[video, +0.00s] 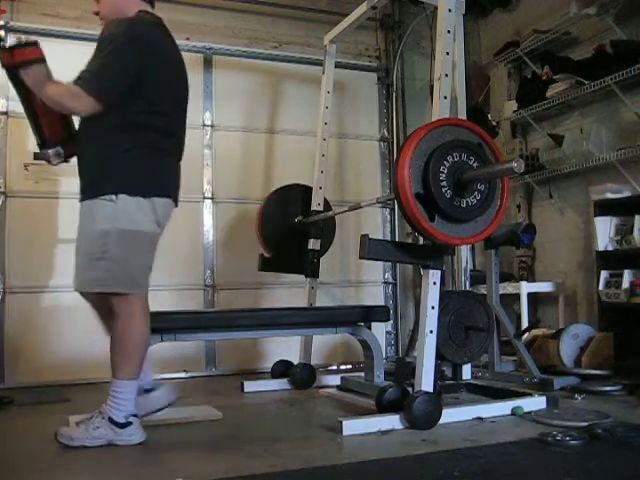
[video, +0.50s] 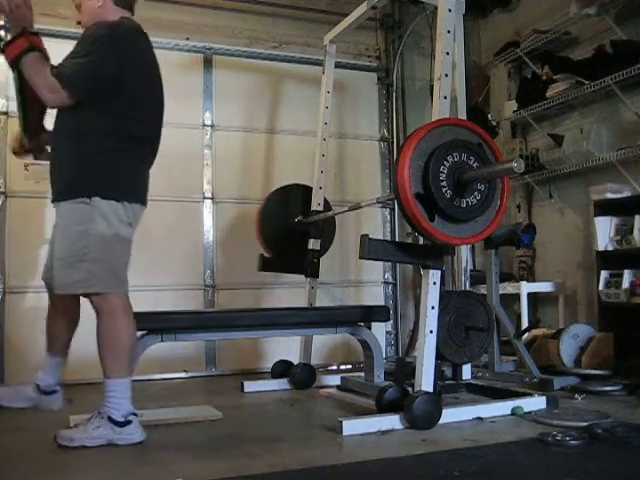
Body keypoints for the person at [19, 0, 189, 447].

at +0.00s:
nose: (95, 5)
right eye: (96, 1)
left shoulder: (133, 32)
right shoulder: (139, 34)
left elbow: (84, 100)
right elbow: (125, 121)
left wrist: (43, 84)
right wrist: (73, 143)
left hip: (131, 185)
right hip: (118, 185)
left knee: (125, 294)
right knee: (95, 287)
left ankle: (120, 418)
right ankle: (146, 386)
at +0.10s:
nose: (90, 6)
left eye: (93, 0)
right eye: (91, 2)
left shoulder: (129, 34)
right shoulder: (131, 35)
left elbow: (69, 98)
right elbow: (112, 116)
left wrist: (31, 64)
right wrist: (62, 130)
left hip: (127, 186)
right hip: (107, 186)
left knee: (122, 295)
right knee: (90, 292)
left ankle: (121, 418)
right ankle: (94, 399)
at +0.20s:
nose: (85, 7)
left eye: (88, 1)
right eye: (85, 2)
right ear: (128, 0)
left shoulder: (123, 33)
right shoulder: (133, 37)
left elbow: (62, 92)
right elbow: (114, 124)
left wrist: (30, 55)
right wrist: (57, 127)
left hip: (120, 187)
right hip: (100, 187)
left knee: (120, 296)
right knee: (81, 293)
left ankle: (120, 417)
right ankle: (52, 399)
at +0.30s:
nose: (82, 6)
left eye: (85, 0)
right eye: (82, 2)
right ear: (127, 1)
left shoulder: (119, 34)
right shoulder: (131, 38)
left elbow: (58, 91)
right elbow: (118, 129)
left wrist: (26, 43)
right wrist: (61, 138)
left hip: (113, 187)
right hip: (98, 187)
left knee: (115, 294)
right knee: (75, 292)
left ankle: (120, 417)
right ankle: (32, 389)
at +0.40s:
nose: (79, 10)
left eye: (81, 4)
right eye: (80, 6)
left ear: (99, 0)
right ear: (123, 3)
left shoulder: (115, 33)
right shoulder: (126, 40)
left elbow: (57, 92)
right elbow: (107, 129)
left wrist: (26, 36)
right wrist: (52, 147)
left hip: (108, 188)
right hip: (90, 187)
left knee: (109, 293)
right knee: (68, 288)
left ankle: (119, 416)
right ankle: (35, 386)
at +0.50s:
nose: (76, 11)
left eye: (79, 4)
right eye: (76, 5)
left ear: (101, 1)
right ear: (118, 5)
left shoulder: (113, 36)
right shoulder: (117, 43)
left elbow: (53, 91)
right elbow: (100, 133)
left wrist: (21, 34)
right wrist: (43, 143)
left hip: (102, 189)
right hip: (84, 189)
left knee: (106, 293)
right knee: (63, 285)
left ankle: (119, 416)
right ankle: (47, 386)